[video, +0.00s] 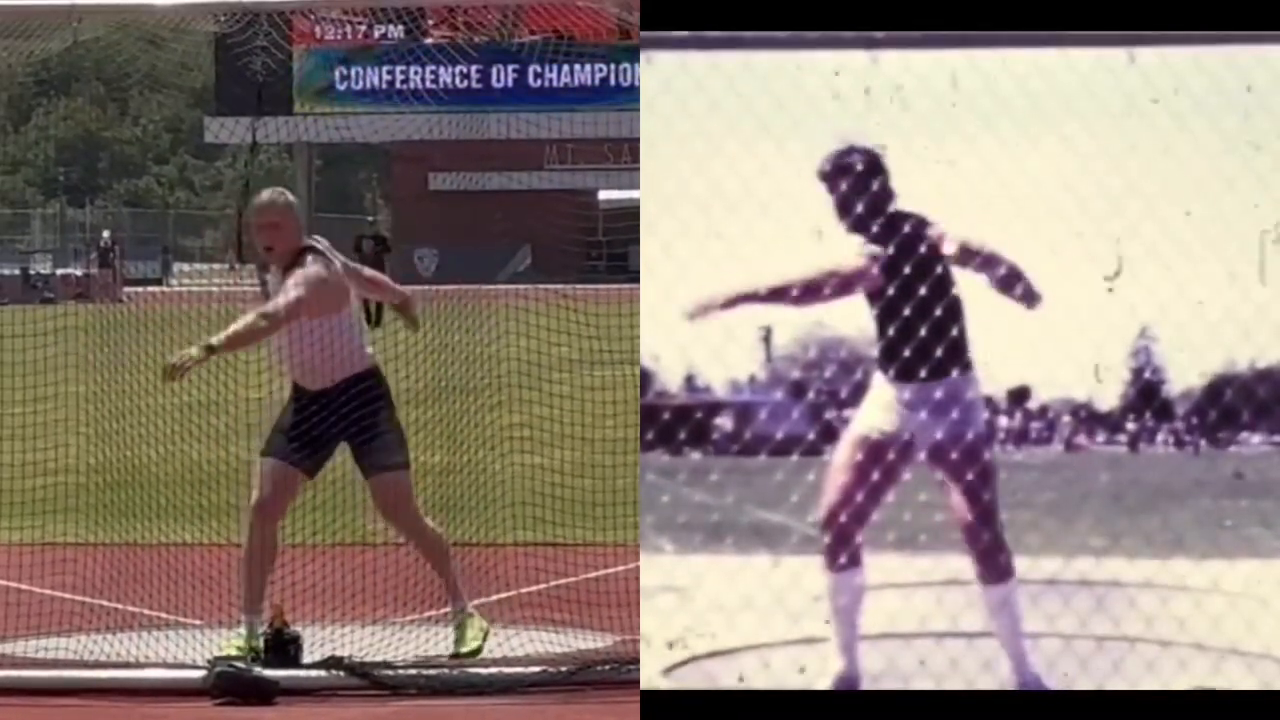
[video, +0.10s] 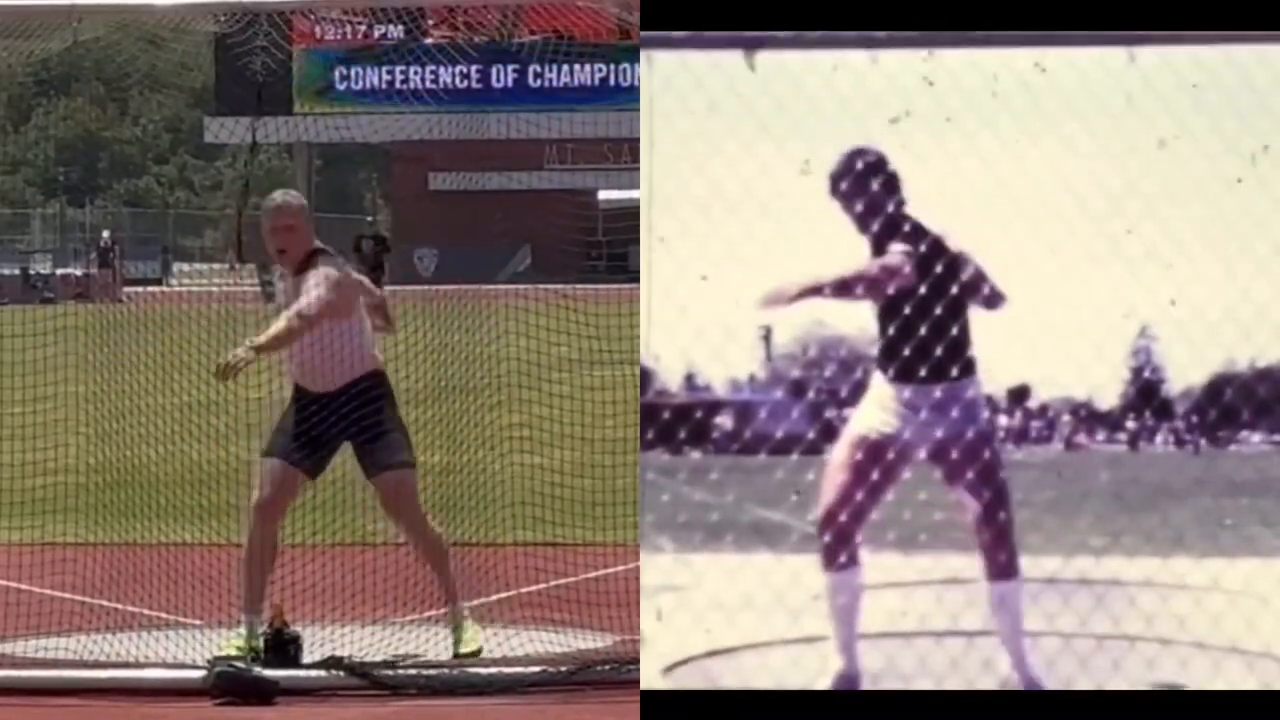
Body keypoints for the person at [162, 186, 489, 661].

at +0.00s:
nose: (266, 238)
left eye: (275, 228)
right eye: (259, 230)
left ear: (299, 228)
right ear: (252, 234)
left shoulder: (316, 271)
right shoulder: (286, 265)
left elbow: (271, 319)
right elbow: (363, 277)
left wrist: (206, 349)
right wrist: (402, 300)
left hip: (361, 396)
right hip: (309, 402)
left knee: (400, 511)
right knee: (264, 508)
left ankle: (464, 613)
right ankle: (250, 633)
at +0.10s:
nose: (279, 241)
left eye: (289, 230)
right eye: (272, 233)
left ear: (310, 230)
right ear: (265, 236)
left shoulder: (329, 274)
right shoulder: (294, 275)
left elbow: (301, 320)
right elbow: (359, 283)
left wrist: (251, 349)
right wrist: (383, 316)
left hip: (365, 399)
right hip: (310, 404)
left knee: (403, 505)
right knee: (265, 506)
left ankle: (459, 616)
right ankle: (250, 631)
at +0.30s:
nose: (322, 246)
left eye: (328, 236)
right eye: (312, 237)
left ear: (339, 235)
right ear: (295, 239)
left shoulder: (356, 279)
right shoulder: (288, 270)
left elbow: (367, 313)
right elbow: (303, 314)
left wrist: (360, 345)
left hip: (371, 403)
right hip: (313, 406)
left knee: (420, 503)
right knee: (268, 506)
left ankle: (444, 626)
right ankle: (250, 630)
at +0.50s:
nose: (367, 254)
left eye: (373, 244)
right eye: (356, 244)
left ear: (379, 246)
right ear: (329, 248)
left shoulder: (392, 288)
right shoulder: (302, 282)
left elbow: (436, 316)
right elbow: (273, 315)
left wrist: (458, 343)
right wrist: (259, 337)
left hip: (377, 422)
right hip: (313, 421)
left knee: (450, 504)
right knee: (274, 510)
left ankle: (426, 627)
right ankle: (248, 633)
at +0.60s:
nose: (388, 256)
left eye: (391, 246)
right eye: (378, 248)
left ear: (397, 247)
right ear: (350, 251)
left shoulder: (411, 292)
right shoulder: (317, 286)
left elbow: (470, 320)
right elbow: (270, 315)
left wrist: (501, 345)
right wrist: (235, 340)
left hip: (376, 432)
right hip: (319, 426)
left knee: (457, 505)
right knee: (283, 512)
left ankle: (426, 624)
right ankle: (241, 627)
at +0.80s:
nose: (432, 262)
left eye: (431, 255)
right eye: (425, 254)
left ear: (411, 259)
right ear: (396, 259)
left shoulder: (436, 302)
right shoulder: (342, 300)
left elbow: (500, 327)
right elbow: (267, 330)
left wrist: (557, 354)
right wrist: (210, 361)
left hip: (377, 449)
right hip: (335, 430)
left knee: (457, 517)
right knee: (337, 512)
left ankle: (441, 619)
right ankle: (224, 582)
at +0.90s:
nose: (443, 278)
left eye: (443, 269)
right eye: (436, 268)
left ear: (427, 273)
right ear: (404, 270)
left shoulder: (439, 311)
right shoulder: (353, 306)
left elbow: (504, 334)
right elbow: (279, 338)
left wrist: (571, 361)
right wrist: (212, 371)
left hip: (377, 449)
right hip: (345, 433)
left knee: (448, 526)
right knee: (365, 513)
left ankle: (439, 624)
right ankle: (250, 571)